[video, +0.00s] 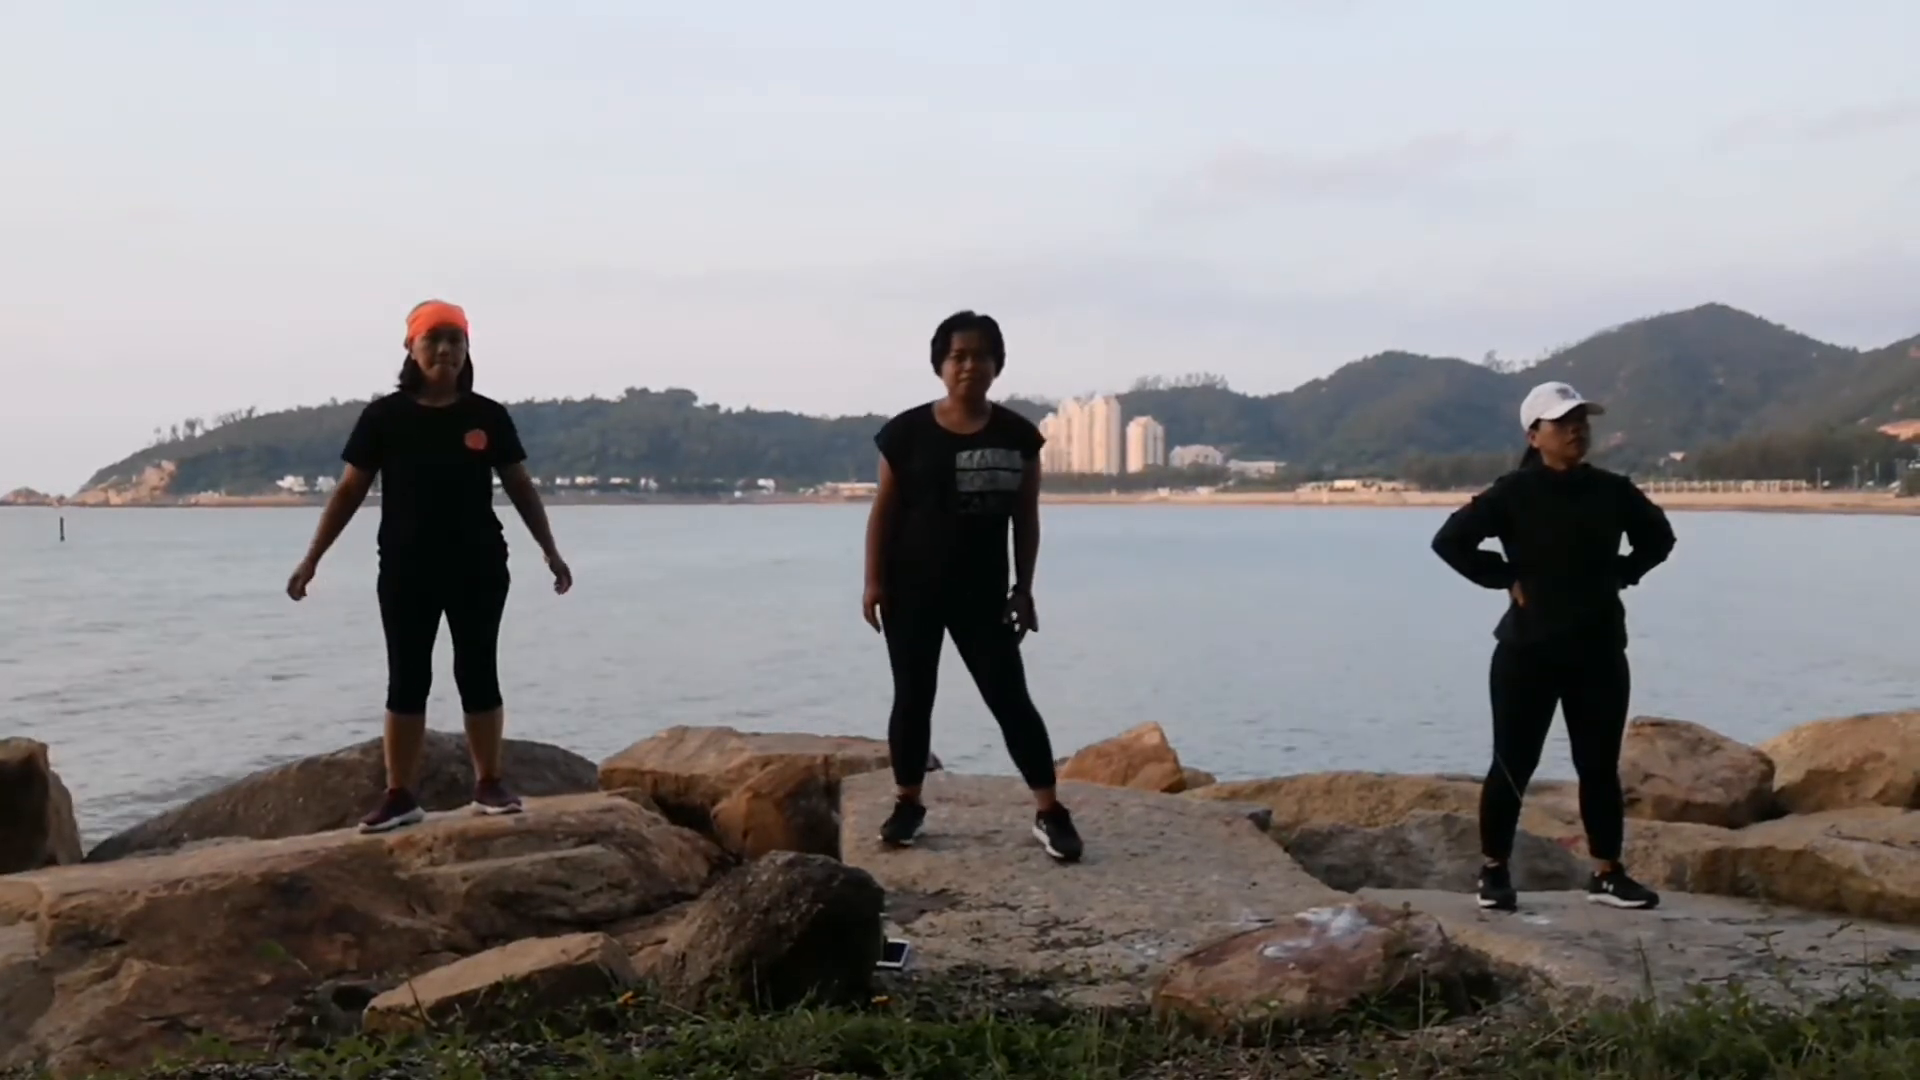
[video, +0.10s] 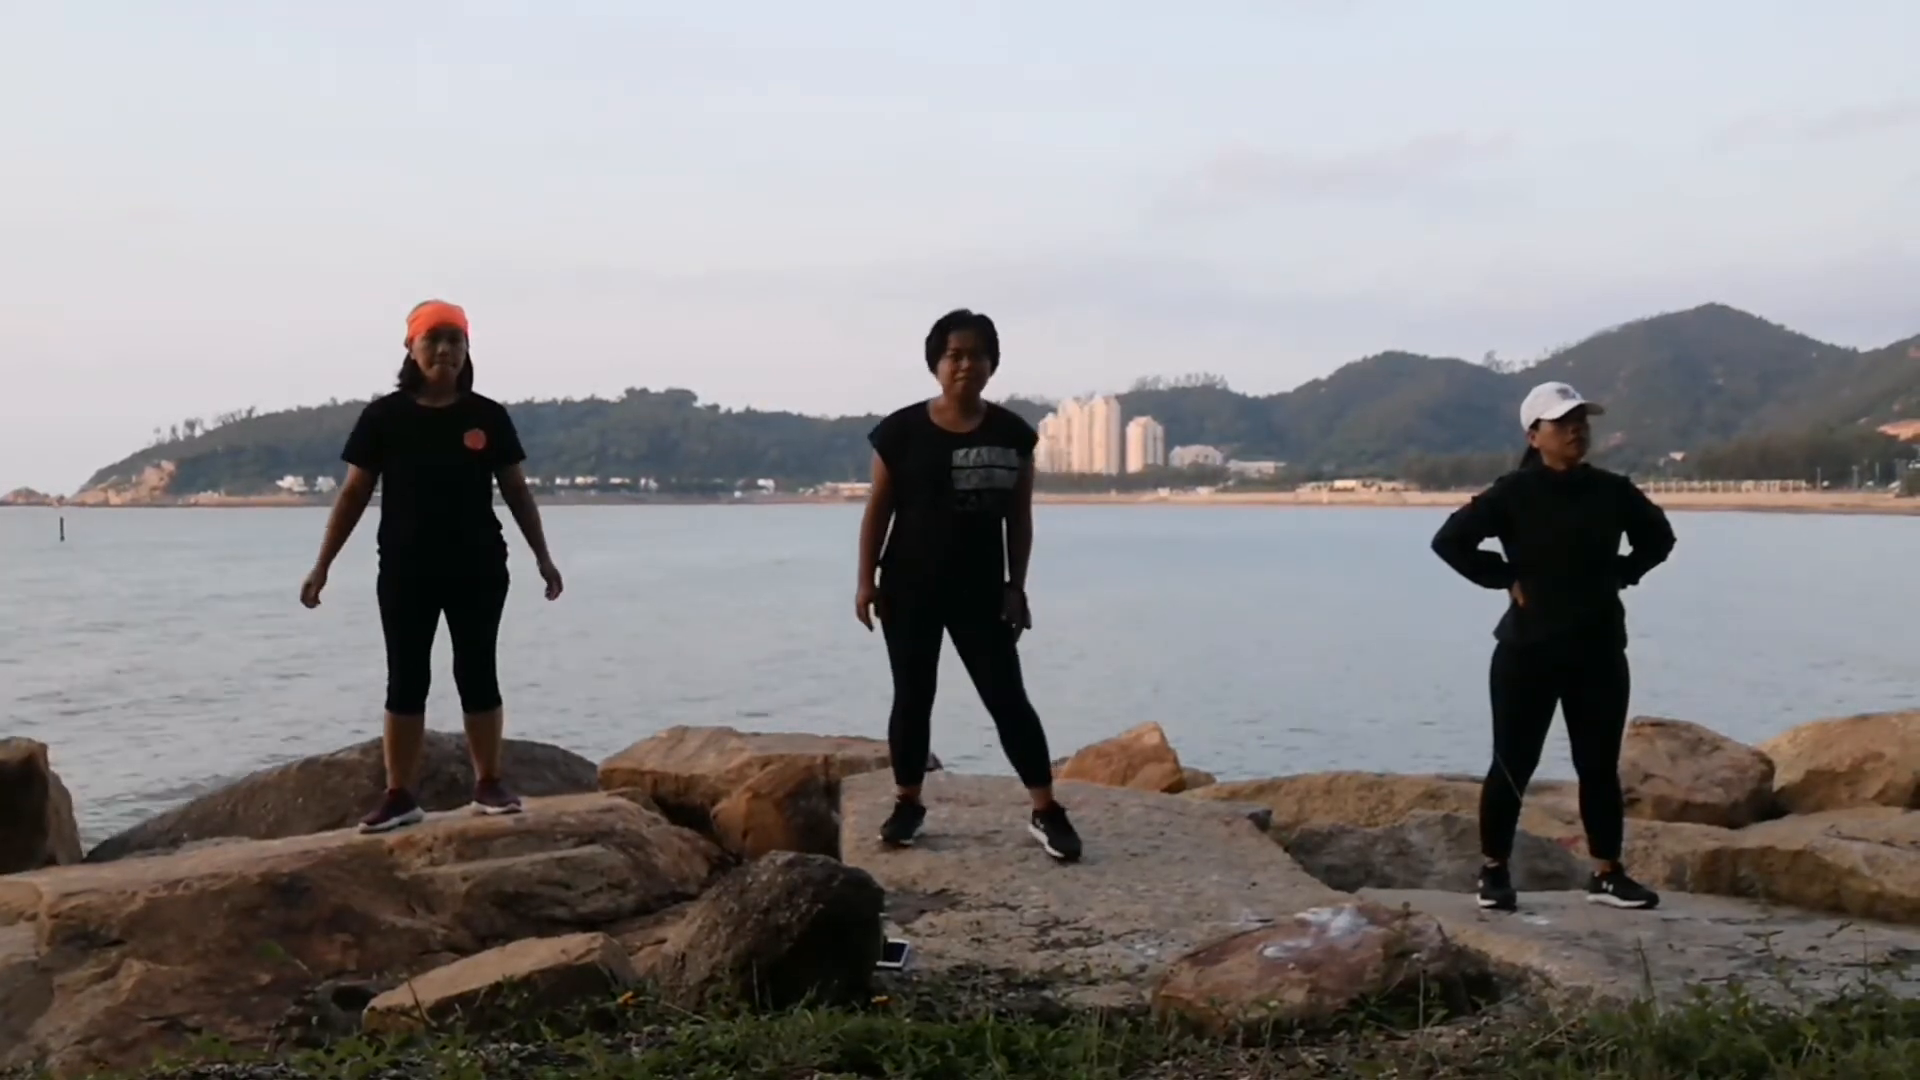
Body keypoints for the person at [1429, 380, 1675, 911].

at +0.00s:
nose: (1579, 431)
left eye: (1581, 421)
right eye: (1566, 423)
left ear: (1585, 425)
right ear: (1535, 434)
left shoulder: (1611, 490)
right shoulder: (1512, 493)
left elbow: (1660, 537)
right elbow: (1449, 543)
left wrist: (1621, 572)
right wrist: (1507, 577)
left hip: (1597, 650)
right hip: (1529, 650)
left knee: (1600, 767)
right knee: (1512, 765)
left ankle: (1608, 873)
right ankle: (1494, 872)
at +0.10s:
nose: (1579, 431)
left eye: (1581, 421)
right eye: (1566, 423)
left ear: (1585, 425)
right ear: (1535, 434)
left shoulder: (1611, 490)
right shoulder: (1513, 493)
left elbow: (1660, 537)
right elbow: (1448, 542)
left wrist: (1620, 572)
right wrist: (1506, 577)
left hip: (1597, 649)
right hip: (1529, 650)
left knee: (1600, 767)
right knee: (1512, 765)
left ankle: (1608, 873)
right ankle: (1494, 872)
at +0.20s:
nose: (1579, 431)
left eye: (1581, 421)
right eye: (1565, 423)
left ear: (1585, 425)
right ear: (1535, 434)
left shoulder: (1611, 490)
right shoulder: (1512, 493)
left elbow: (1660, 538)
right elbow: (1448, 542)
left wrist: (1619, 573)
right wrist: (1506, 577)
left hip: (1597, 650)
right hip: (1529, 650)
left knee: (1600, 767)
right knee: (1512, 765)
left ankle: (1607, 873)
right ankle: (1494, 872)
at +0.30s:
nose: (1579, 431)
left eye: (1581, 421)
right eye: (1566, 424)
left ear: (1586, 426)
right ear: (1535, 435)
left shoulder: (1611, 490)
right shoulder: (1512, 493)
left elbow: (1660, 538)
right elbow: (1448, 542)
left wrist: (1618, 574)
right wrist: (1506, 577)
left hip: (1597, 650)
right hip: (1528, 650)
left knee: (1600, 767)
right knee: (1512, 765)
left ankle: (1607, 873)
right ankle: (1494, 872)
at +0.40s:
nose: (1580, 432)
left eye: (1582, 422)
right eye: (1567, 424)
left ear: (1586, 427)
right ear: (1536, 435)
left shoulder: (1611, 490)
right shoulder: (1512, 493)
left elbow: (1659, 538)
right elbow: (1449, 542)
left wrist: (1620, 573)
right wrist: (1506, 577)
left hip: (1597, 650)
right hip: (1528, 651)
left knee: (1599, 767)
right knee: (1511, 765)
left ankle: (1607, 873)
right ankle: (1493, 872)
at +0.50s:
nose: (1580, 432)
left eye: (1582, 422)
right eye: (1567, 424)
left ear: (1587, 427)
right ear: (1536, 434)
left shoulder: (1611, 490)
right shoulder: (1512, 493)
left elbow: (1659, 538)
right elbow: (1449, 543)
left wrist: (1619, 574)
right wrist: (1506, 577)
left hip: (1597, 650)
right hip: (1528, 650)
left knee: (1599, 768)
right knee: (1511, 765)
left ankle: (1607, 873)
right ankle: (1493, 872)